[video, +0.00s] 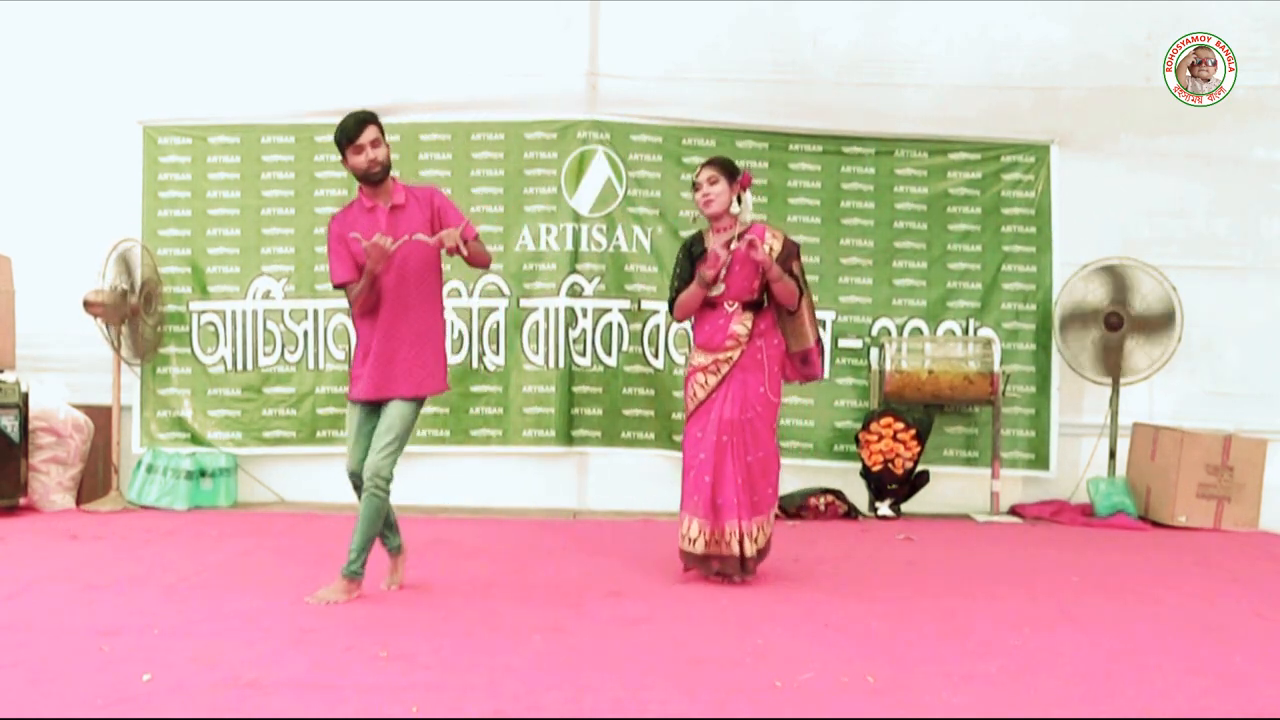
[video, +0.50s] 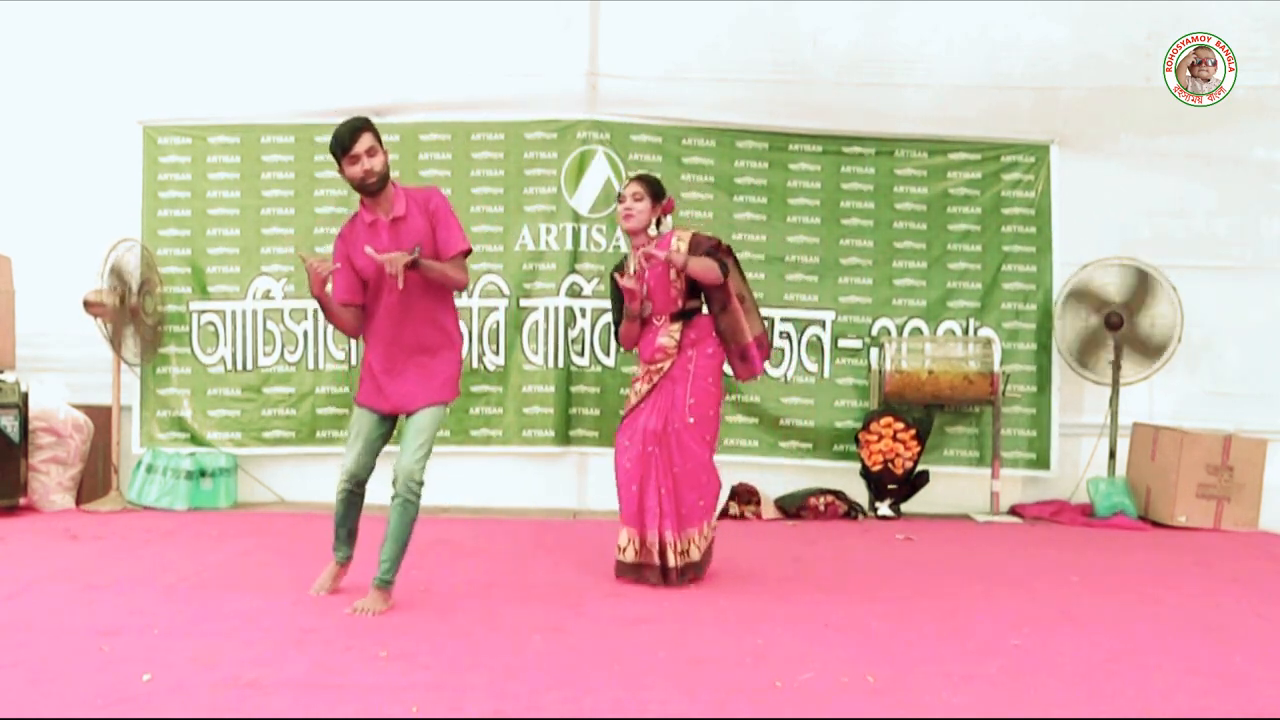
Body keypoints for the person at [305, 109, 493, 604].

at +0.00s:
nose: (372, 154)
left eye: (376, 143)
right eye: (360, 149)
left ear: (389, 145)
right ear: (346, 163)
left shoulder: (429, 200)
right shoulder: (343, 223)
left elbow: (484, 259)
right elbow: (358, 306)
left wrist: (461, 244)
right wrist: (372, 269)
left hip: (416, 357)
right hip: (370, 358)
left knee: (377, 470)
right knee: (357, 470)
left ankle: (350, 578)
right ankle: (396, 548)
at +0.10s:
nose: (355, 163)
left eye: (360, 152)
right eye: (342, 159)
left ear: (373, 155)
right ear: (330, 172)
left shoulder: (415, 207)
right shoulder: (330, 234)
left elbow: (467, 265)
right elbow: (343, 319)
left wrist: (436, 252)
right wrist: (346, 283)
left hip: (405, 367)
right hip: (355, 367)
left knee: (367, 473)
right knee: (329, 469)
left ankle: (349, 580)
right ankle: (363, 540)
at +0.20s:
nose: (348, 158)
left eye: (353, 147)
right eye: (335, 154)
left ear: (366, 148)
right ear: (323, 168)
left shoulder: (407, 195)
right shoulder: (324, 228)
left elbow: (457, 256)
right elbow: (331, 311)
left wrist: (420, 240)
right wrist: (322, 275)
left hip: (408, 357)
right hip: (358, 358)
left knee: (375, 465)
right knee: (333, 461)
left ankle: (351, 571)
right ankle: (337, 564)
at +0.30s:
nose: (347, 155)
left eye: (352, 143)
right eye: (335, 151)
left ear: (364, 143)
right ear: (322, 164)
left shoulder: (407, 190)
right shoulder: (326, 224)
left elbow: (451, 255)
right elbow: (321, 307)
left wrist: (412, 237)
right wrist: (300, 265)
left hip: (415, 350)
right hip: (363, 353)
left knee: (387, 457)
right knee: (343, 460)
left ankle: (365, 570)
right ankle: (333, 562)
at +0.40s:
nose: (351, 158)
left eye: (356, 146)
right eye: (338, 154)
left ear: (369, 146)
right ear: (326, 166)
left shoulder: (411, 193)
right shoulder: (331, 227)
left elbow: (452, 262)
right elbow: (325, 313)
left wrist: (413, 250)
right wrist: (298, 274)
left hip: (421, 354)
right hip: (368, 358)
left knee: (394, 461)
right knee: (345, 466)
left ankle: (376, 580)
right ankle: (332, 561)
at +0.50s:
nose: (367, 165)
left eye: (372, 152)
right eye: (354, 160)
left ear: (386, 152)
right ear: (343, 172)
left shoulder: (429, 202)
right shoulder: (350, 236)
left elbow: (460, 277)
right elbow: (353, 325)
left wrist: (415, 260)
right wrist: (321, 293)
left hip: (435, 362)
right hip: (380, 365)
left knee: (408, 474)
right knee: (352, 473)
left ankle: (382, 587)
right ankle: (340, 559)